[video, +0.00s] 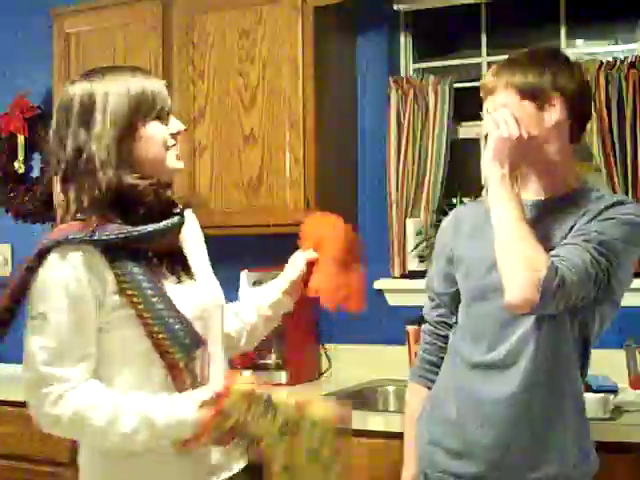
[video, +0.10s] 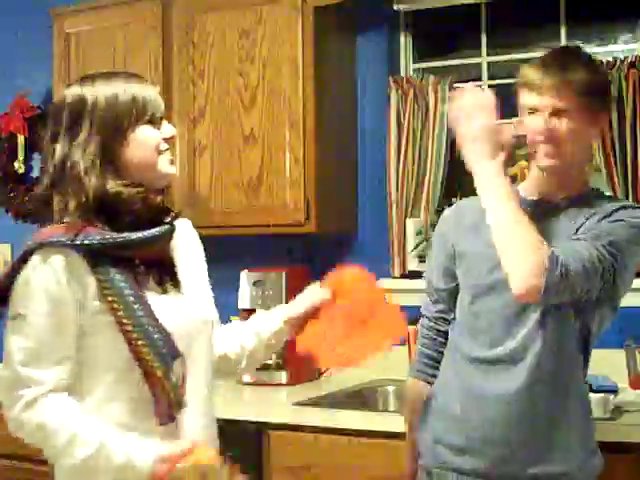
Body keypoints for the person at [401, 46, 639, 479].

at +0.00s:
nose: (489, 123)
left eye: (502, 108)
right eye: (487, 111)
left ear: (553, 111)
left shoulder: (614, 218)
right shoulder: (459, 224)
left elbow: (529, 292)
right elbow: (432, 349)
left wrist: (498, 177)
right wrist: (411, 465)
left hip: (544, 463)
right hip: (445, 459)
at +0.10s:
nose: (542, 127)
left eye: (560, 114)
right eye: (532, 112)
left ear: (597, 125)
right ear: (516, 123)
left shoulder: (619, 222)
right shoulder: (458, 221)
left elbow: (533, 279)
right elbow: (434, 332)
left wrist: (483, 162)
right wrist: (411, 435)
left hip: (552, 462)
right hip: (450, 457)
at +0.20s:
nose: (604, 142)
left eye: (621, 130)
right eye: (593, 120)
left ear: (631, 140)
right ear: (555, 112)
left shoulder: (623, 225)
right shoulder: (463, 212)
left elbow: (540, 272)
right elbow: (428, 341)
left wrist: (445, 191)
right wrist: (411, 460)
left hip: (558, 463)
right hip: (452, 459)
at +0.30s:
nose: (630, 151)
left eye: (639, 136)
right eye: (622, 126)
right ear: (578, 113)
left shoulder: (626, 229)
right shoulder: (467, 209)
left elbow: (557, 288)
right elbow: (419, 346)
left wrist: (456, 230)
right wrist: (398, 468)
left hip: (562, 466)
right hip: (455, 461)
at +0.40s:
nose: (633, 147)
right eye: (625, 124)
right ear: (583, 115)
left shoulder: (626, 236)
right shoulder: (473, 210)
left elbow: (593, 319)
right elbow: (417, 341)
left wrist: (484, 245)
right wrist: (386, 465)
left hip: (564, 466)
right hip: (459, 462)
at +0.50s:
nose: (619, 141)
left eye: (637, 132)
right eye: (611, 118)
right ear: (580, 116)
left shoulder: (629, 244)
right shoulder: (477, 211)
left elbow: (629, 357)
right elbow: (416, 337)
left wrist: (526, 272)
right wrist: (381, 456)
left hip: (566, 469)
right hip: (459, 463)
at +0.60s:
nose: (600, 133)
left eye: (621, 125)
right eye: (592, 114)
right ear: (575, 119)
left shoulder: (630, 251)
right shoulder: (484, 210)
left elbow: (634, 384)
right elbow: (417, 331)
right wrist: (384, 449)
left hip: (566, 469)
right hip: (460, 461)